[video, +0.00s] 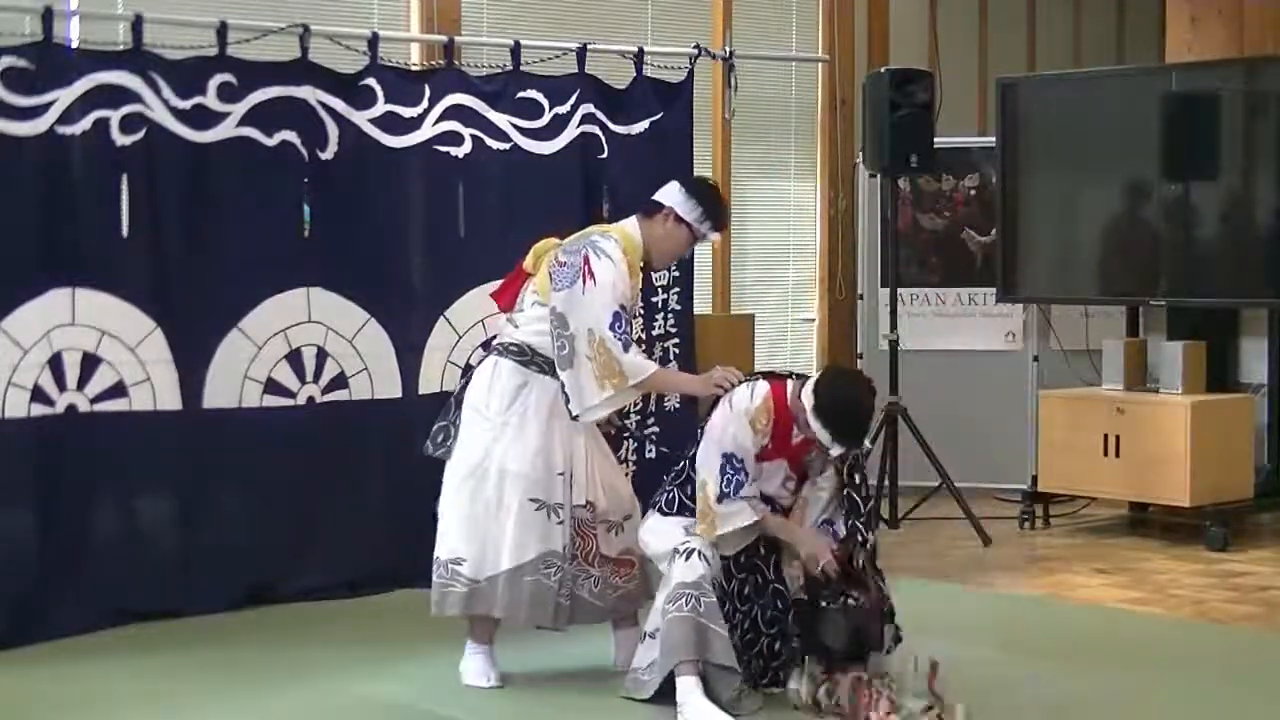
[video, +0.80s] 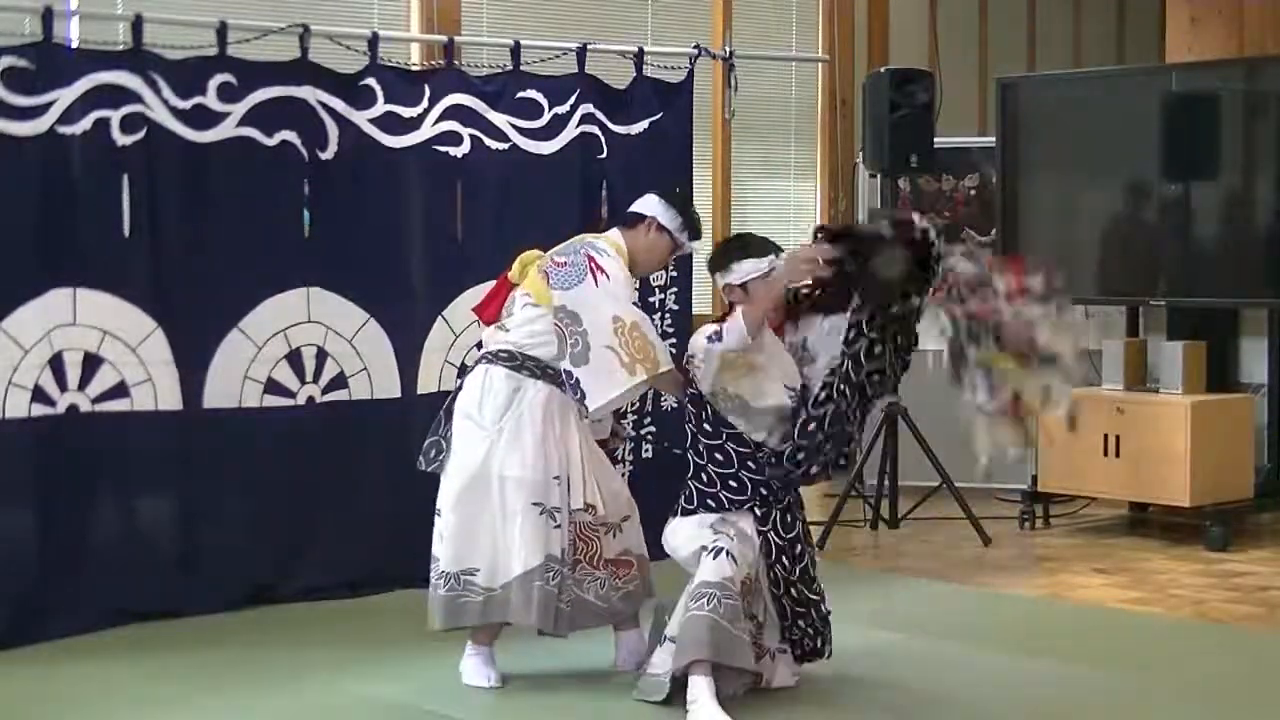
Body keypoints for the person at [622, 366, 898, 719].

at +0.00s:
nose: (826, 449)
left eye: (836, 446)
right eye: (822, 436)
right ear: (806, 403)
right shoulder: (748, 404)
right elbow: (729, 503)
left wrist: (809, 543)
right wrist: (797, 535)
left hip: (756, 526)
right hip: (681, 518)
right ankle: (688, 693)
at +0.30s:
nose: (853, 388)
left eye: (855, 376)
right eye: (844, 376)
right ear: (811, 365)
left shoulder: (832, 422)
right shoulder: (756, 389)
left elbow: (822, 494)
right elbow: (718, 465)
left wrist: (812, 560)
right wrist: (723, 546)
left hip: (752, 506)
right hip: (692, 499)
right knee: (684, 571)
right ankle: (690, 690)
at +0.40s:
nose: (842, 343)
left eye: (844, 331)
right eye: (831, 333)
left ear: (848, 331)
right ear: (795, 336)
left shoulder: (831, 401)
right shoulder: (747, 383)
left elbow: (828, 480)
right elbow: (713, 458)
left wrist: (813, 543)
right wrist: (730, 532)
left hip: (763, 515)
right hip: (692, 510)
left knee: (809, 574)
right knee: (691, 570)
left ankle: (797, 673)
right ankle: (693, 689)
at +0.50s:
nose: (819, 308)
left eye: (819, 297)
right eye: (807, 299)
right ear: (771, 312)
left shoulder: (824, 371)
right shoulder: (736, 364)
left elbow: (837, 444)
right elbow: (709, 440)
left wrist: (814, 499)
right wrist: (767, 488)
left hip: (792, 512)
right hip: (726, 508)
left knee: (849, 573)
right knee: (705, 562)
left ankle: (799, 671)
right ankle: (695, 681)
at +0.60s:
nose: (796, 290)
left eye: (795, 280)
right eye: (783, 282)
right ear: (748, 298)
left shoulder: (813, 353)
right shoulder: (720, 353)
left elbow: (861, 397)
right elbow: (733, 406)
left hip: (788, 512)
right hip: (717, 508)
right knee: (716, 550)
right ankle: (698, 686)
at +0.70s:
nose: (785, 284)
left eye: (783, 273)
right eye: (771, 276)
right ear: (735, 296)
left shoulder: (802, 354)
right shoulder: (711, 347)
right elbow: (741, 368)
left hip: (770, 525)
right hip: (704, 514)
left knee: (769, 671)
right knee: (725, 549)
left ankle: (678, 652)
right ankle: (699, 686)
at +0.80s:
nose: (780, 288)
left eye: (762, 280)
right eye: (762, 280)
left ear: (775, 284)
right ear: (733, 293)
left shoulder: (787, 345)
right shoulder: (708, 342)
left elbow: (853, 323)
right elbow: (736, 336)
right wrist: (782, 274)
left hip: (769, 506)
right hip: (708, 504)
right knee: (727, 553)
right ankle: (699, 683)